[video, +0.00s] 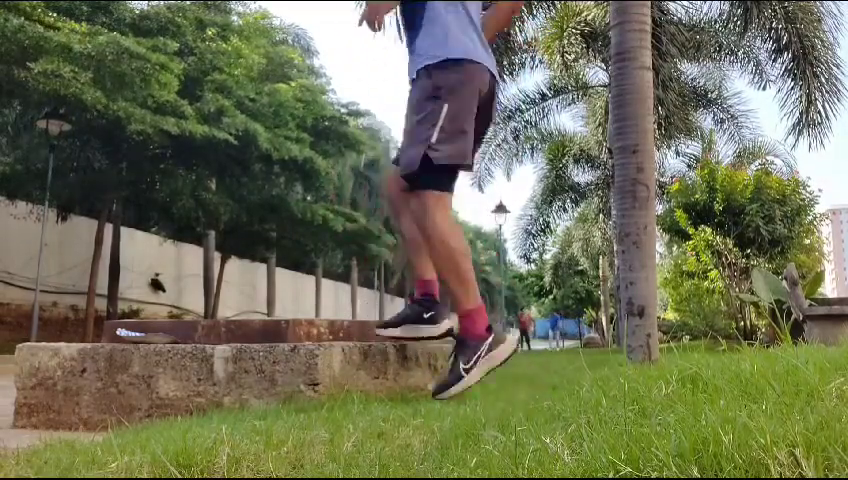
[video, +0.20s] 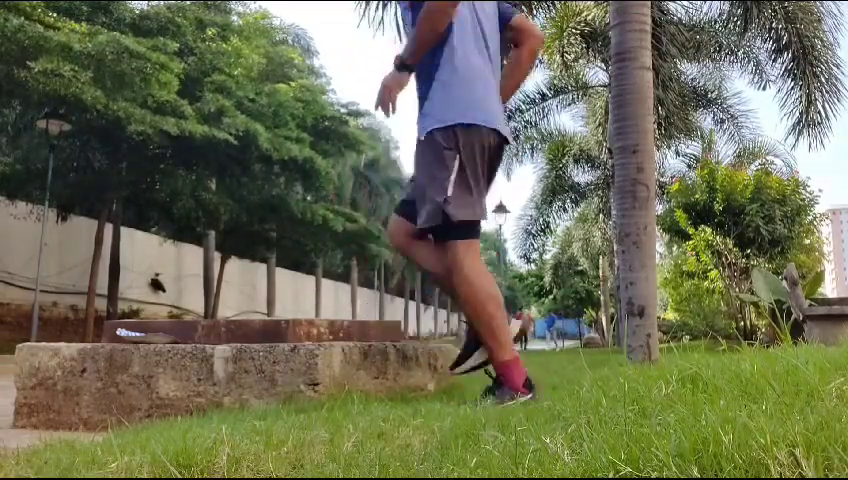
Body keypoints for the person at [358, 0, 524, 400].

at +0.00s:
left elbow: (381, 7)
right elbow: (512, 2)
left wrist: (376, 11)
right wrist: (475, 39)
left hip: (447, 63)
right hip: (479, 70)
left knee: (427, 202)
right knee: (398, 184)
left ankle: (478, 335)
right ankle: (426, 301)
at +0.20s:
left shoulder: (423, 4)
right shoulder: (487, 5)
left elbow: (442, 9)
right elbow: (530, 37)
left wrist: (401, 68)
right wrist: (494, 101)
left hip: (453, 118)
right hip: (488, 121)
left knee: (462, 254)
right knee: (402, 231)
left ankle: (515, 382)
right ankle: (486, 315)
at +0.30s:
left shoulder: (427, 6)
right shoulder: (490, 4)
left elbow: (457, 3)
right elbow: (526, 34)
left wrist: (408, 51)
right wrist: (487, 85)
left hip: (448, 104)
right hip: (489, 114)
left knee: (426, 243)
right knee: (451, 246)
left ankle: (500, 365)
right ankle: (502, 362)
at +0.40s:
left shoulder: (422, 3)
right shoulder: (467, 18)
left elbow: (471, 6)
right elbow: (508, 69)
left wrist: (412, 72)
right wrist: (466, 106)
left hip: (452, 118)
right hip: (499, 131)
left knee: (366, 215)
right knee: (453, 252)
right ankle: (512, 372)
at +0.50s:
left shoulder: (424, 7)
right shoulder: (459, 14)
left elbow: (459, 2)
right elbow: (492, 57)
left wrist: (408, 55)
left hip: (445, 96)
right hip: (492, 114)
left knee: (348, 176)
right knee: (464, 239)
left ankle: (407, 277)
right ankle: (510, 365)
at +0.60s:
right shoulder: (467, 6)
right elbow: (485, 35)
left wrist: (396, 29)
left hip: (431, 77)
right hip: (481, 92)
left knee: (358, 187)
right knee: (447, 217)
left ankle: (395, 306)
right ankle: (499, 336)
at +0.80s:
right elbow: (489, 5)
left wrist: (386, 3)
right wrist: (452, 32)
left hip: (430, 49)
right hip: (474, 59)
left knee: (393, 177)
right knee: (420, 185)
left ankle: (403, 308)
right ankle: (436, 306)